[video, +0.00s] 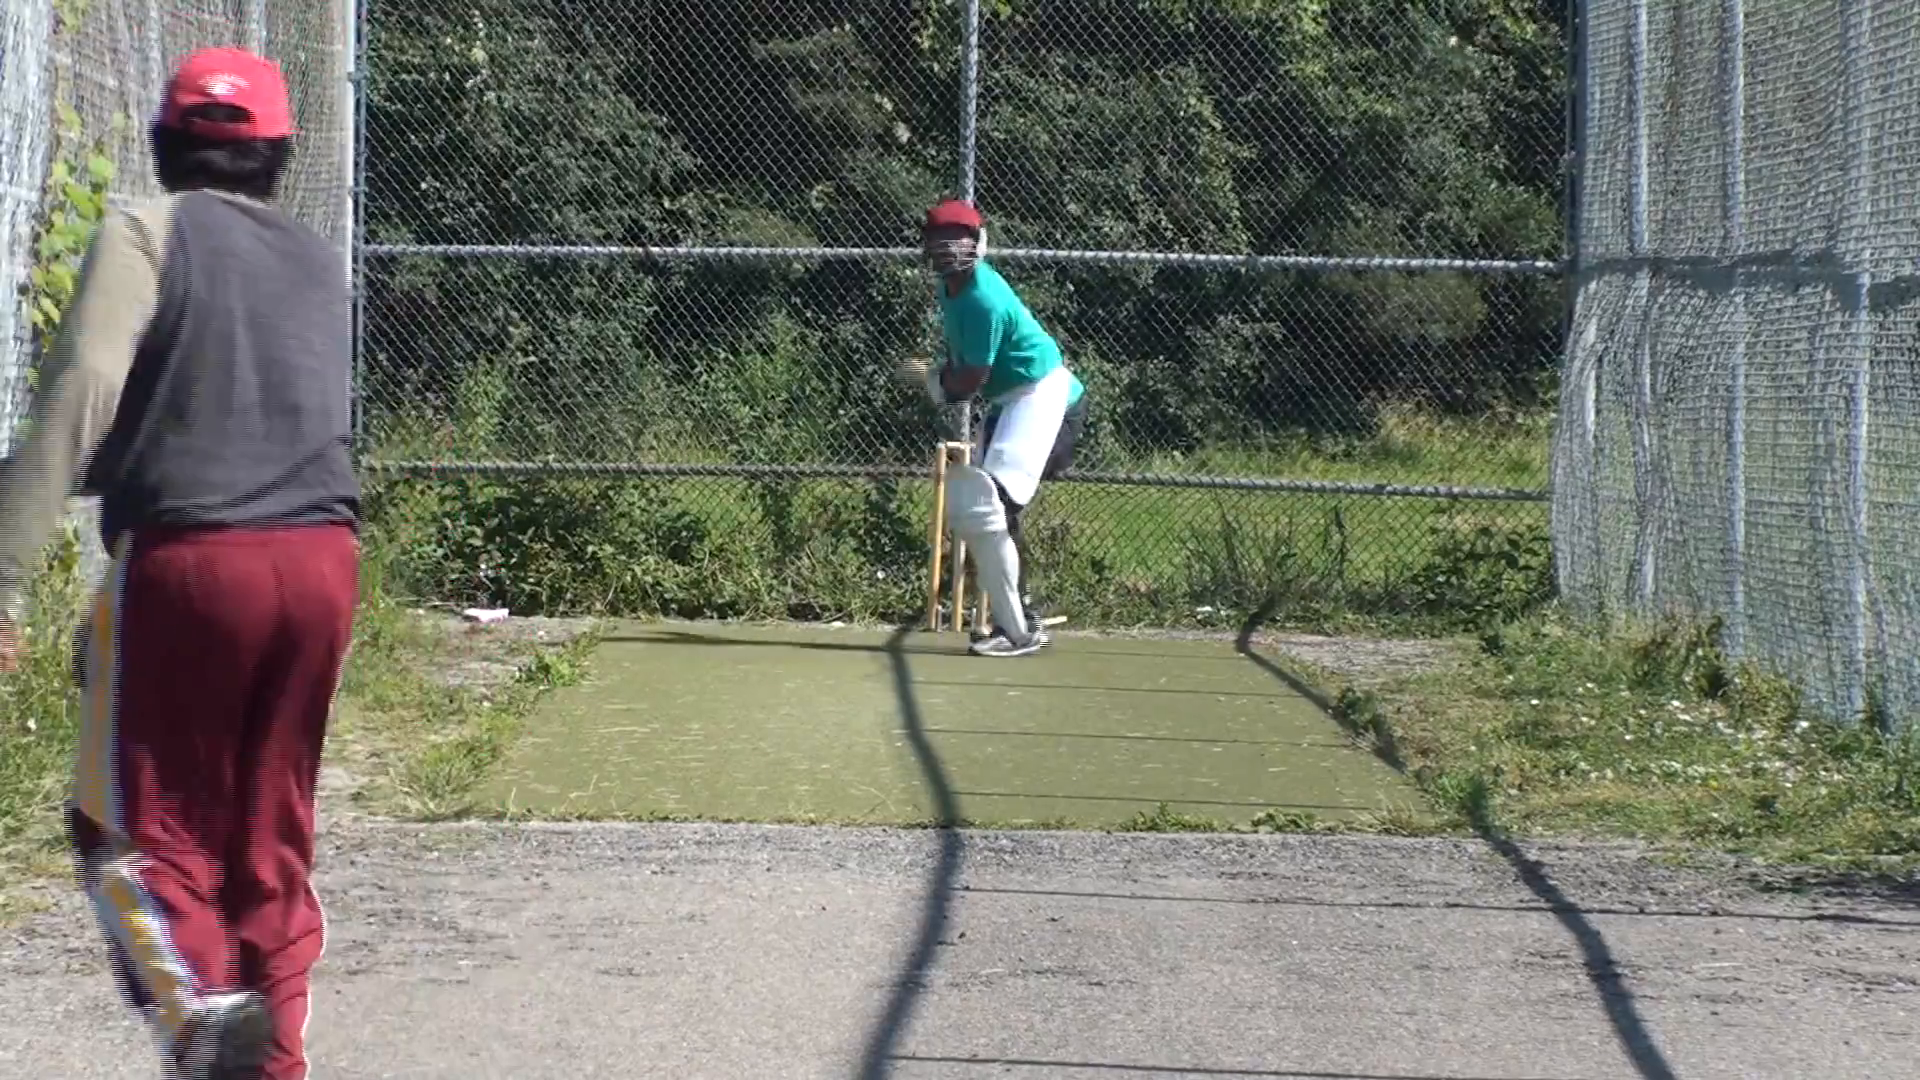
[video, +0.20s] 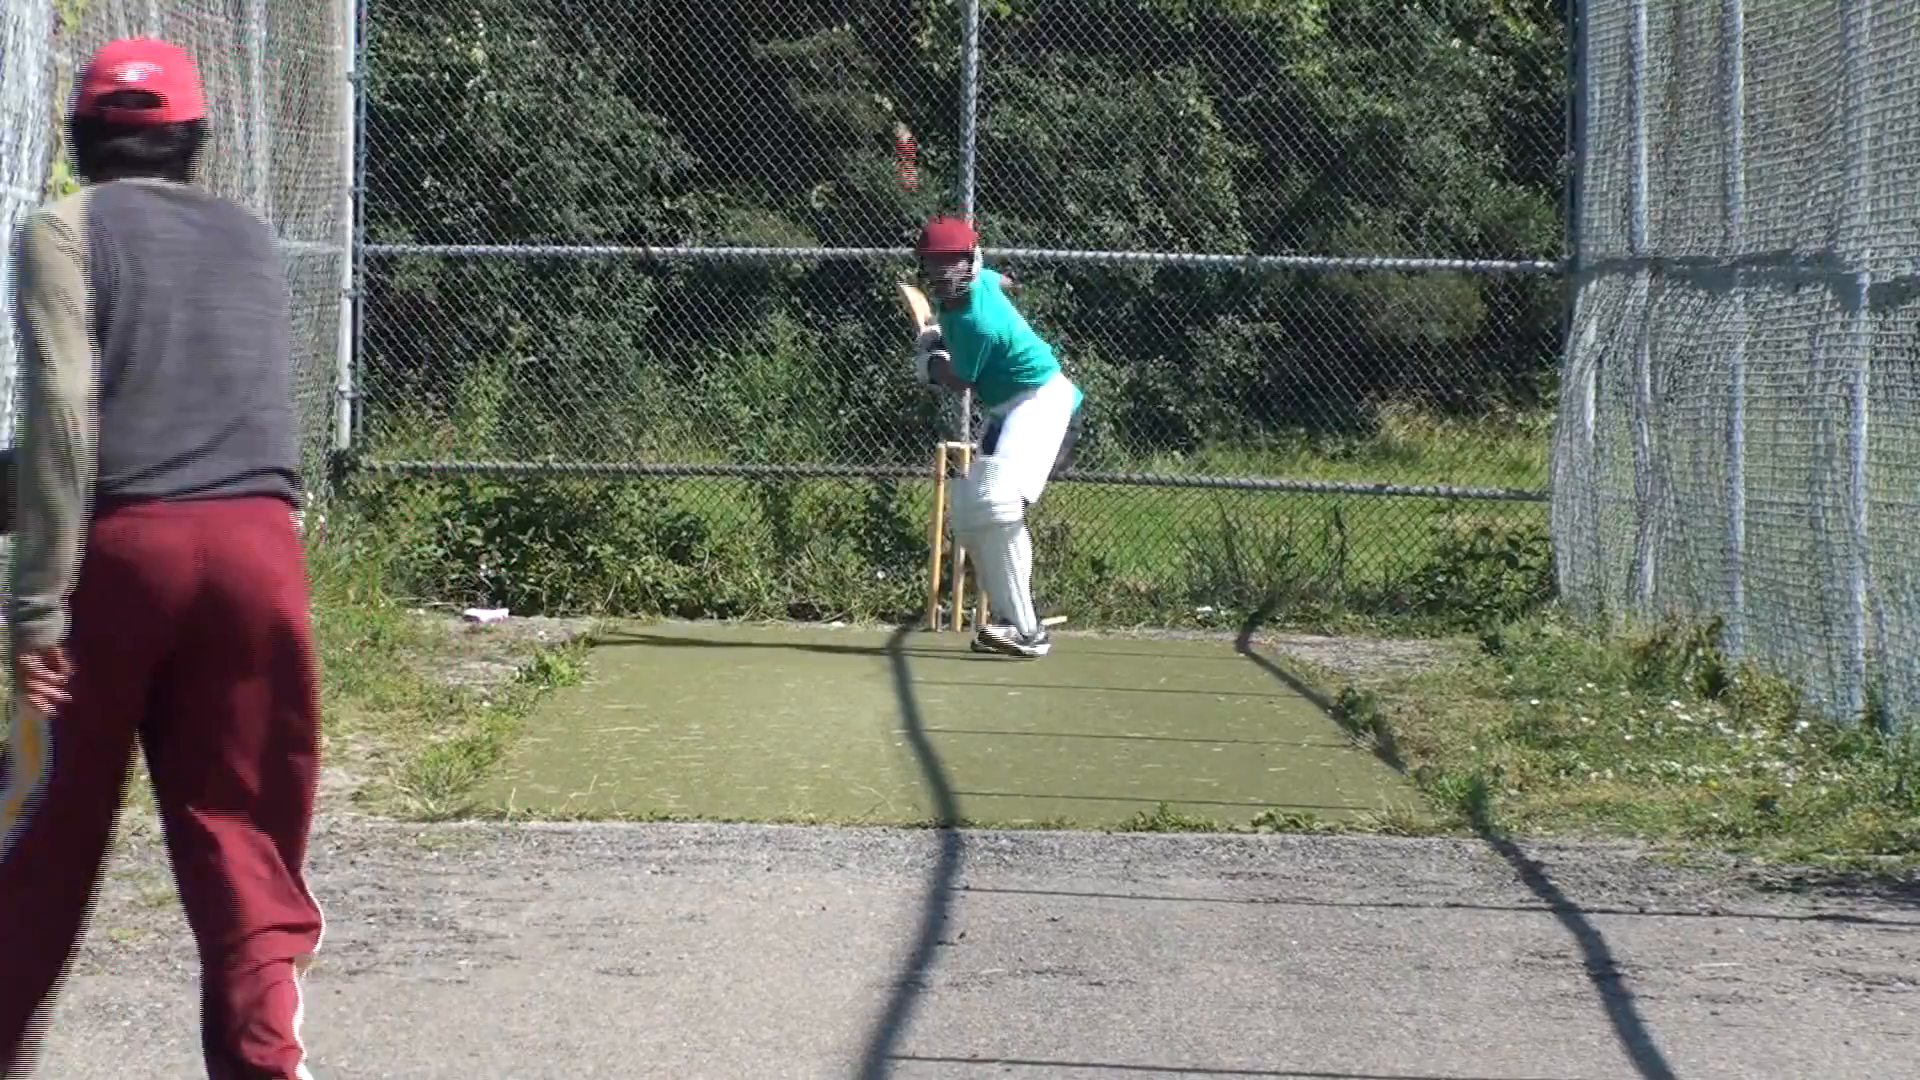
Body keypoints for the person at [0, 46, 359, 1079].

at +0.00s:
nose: (180, 155)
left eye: (171, 140)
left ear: (167, 143)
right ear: (278, 154)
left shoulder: (148, 228)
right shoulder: (324, 256)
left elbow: (88, 382)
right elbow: (319, 407)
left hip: (192, 568)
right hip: (322, 567)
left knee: (131, 823)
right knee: (276, 824)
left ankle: (201, 1012)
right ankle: (276, 1058)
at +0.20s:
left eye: (93, 126)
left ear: (83, 135)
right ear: (193, 136)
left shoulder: (65, 228)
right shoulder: (249, 231)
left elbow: (65, 423)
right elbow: (266, 398)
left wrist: (37, 605)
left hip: (127, 546)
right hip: (260, 544)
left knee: (47, 827)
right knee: (240, 819)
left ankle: (7, 1043)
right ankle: (265, 1057)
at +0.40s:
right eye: (96, 167)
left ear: (3, 175)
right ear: (104, 176)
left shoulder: (1, 260)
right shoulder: (165, 274)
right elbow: (199, 438)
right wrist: (155, 538)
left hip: (28, 570)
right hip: (174, 565)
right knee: (206, 830)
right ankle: (247, 1000)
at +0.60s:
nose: (66, 191)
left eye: (42, 178)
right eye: (66, 177)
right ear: (65, 186)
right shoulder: (137, 272)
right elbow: (215, 450)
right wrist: (205, 545)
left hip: (17, 542)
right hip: (149, 533)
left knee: (5, 832)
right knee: (210, 799)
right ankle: (284, 1057)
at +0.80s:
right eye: (88, 182)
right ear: (87, 190)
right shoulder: (159, 279)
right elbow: (240, 449)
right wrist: (213, 561)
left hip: (21, 543)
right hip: (163, 539)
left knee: (4, 843)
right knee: (220, 823)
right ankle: (292, 1059)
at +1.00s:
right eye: (114, 183)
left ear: (16, 194)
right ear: (124, 194)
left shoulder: (2, 273)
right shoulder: (190, 281)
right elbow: (259, 449)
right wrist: (230, 568)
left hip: (29, 531)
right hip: (175, 529)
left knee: (7, 825)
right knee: (226, 811)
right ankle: (291, 1058)